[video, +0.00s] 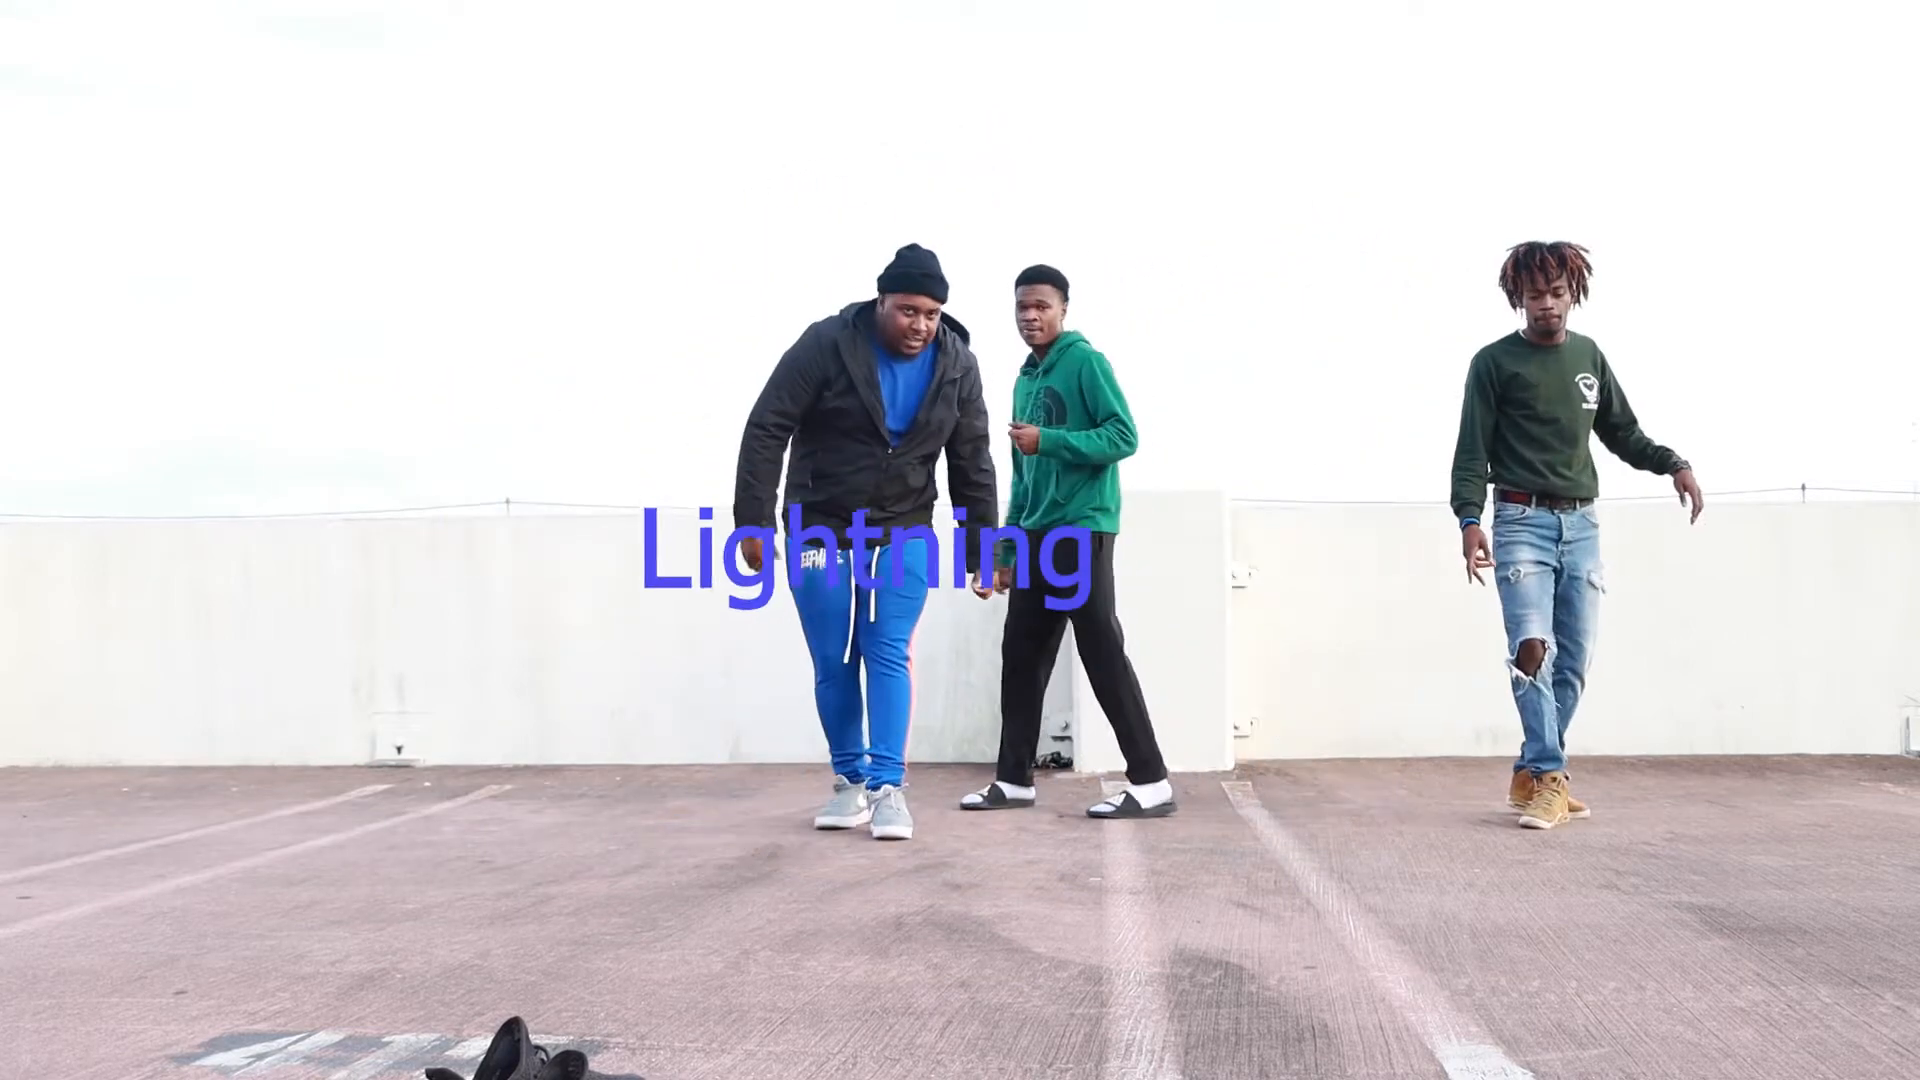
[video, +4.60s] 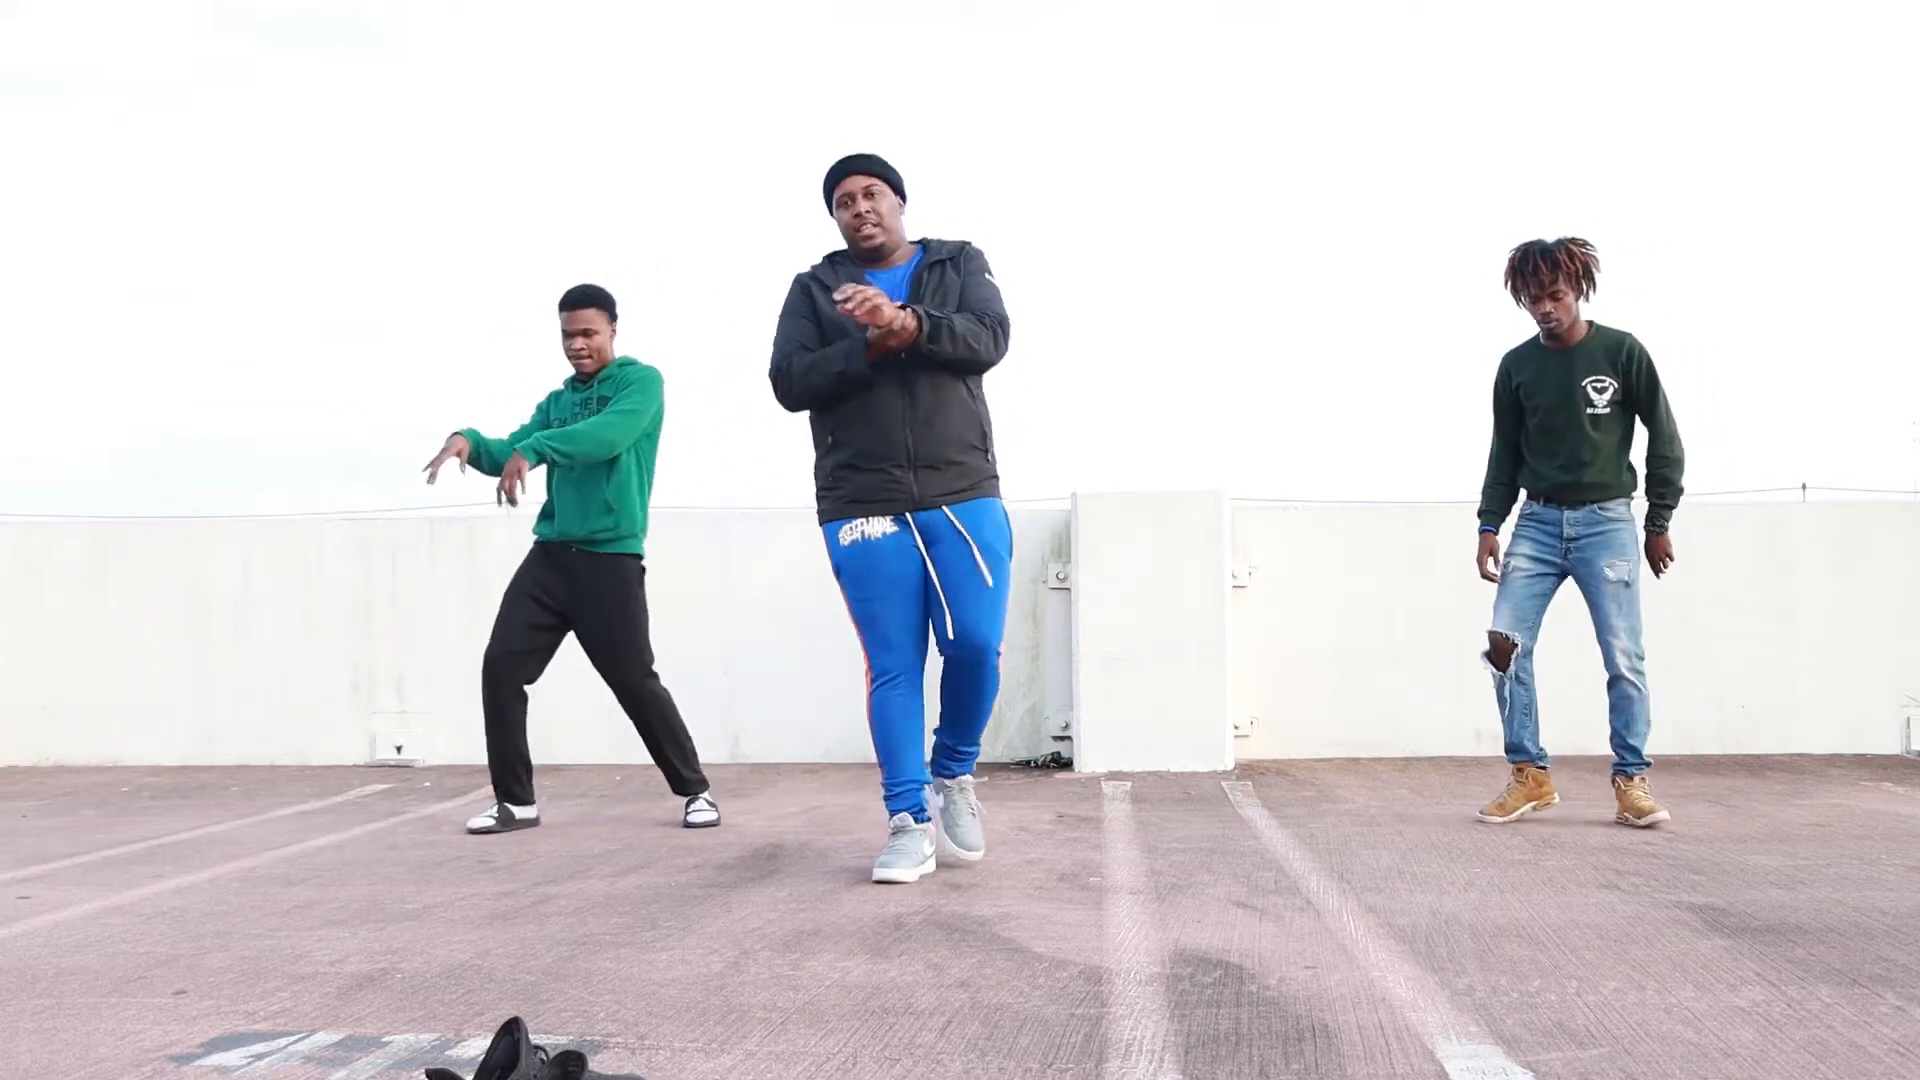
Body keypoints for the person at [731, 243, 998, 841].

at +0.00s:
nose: (921, 326)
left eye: (932, 314)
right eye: (909, 311)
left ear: (942, 311)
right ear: (880, 300)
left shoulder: (955, 360)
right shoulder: (826, 344)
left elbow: (973, 458)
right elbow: (766, 428)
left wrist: (983, 549)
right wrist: (753, 521)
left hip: (902, 521)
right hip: (820, 521)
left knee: (887, 648)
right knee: (832, 659)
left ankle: (887, 789)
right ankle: (850, 782)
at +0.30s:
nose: (887, 319)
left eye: (898, 307)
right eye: (875, 307)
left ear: (912, 303)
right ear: (852, 301)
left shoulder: (943, 352)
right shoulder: (814, 351)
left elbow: (1001, 420)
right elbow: (762, 413)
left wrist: (1065, 490)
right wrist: (722, 487)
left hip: (906, 528)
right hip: (825, 530)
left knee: (895, 649)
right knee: (839, 663)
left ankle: (896, 784)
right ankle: (852, 784)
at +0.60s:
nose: (892, 292)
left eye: (902, 281)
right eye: (879, 280)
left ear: (917, 282)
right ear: (858, 280)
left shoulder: (948, 333)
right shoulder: (819, 331)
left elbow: (1024, 366)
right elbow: (752, 363)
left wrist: (1105, 395)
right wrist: (680, 391)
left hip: (921, 525)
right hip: (835, 526)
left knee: (917, 648)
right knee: (848, 662)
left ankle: (926, 788)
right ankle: (854, 787)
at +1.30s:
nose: (911, 255)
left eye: (922, 247)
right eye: (898, 245)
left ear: (936, 261)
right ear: (875, 256)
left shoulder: (969, 315)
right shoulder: (835, 307)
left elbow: (1036, 331)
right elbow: (765, 340)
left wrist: (1096, 312)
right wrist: (732, 316)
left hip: (941, 508)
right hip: (853, 506)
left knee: (933, 661)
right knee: (860, 654)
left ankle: (925, 798)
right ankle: (850, 804)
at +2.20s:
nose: (915, 286)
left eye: (927, 274)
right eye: (903, 275)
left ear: (947, 267)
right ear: (887, 269)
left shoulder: (986, 314)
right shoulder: (854, 314)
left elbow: (1052, 374)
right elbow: (785, 378)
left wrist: (1041, 387)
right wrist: (817, 379)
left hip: (955, 509)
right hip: (869, 505)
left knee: (941, 655)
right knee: (869, 643)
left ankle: (925, 796)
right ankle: (855, 791)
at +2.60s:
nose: (910, 276)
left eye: (919, 265)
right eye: (897, 267)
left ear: (932, 266)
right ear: (873, 269)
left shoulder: (964, 317)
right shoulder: (841, 317)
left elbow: (984, 396)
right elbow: (827, 389)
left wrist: (954, 329)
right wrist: (906, 372)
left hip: (942, 514)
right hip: (856, 516)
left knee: (932, 656)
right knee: (861, 659)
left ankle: (925, 793)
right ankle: (867, 783)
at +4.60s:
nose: (860, 207)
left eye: (871, 194)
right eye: (847, 202)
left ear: (900, 203)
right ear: (835, 222)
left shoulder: (956, 262)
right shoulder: (814, 288)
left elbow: (988, 339)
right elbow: (790, 382)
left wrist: (910, 321)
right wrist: (866, 343)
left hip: (962, 488)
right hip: (862, 498)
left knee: (978, 644)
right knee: (892, 663)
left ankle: (953, 776)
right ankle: (907, 822)